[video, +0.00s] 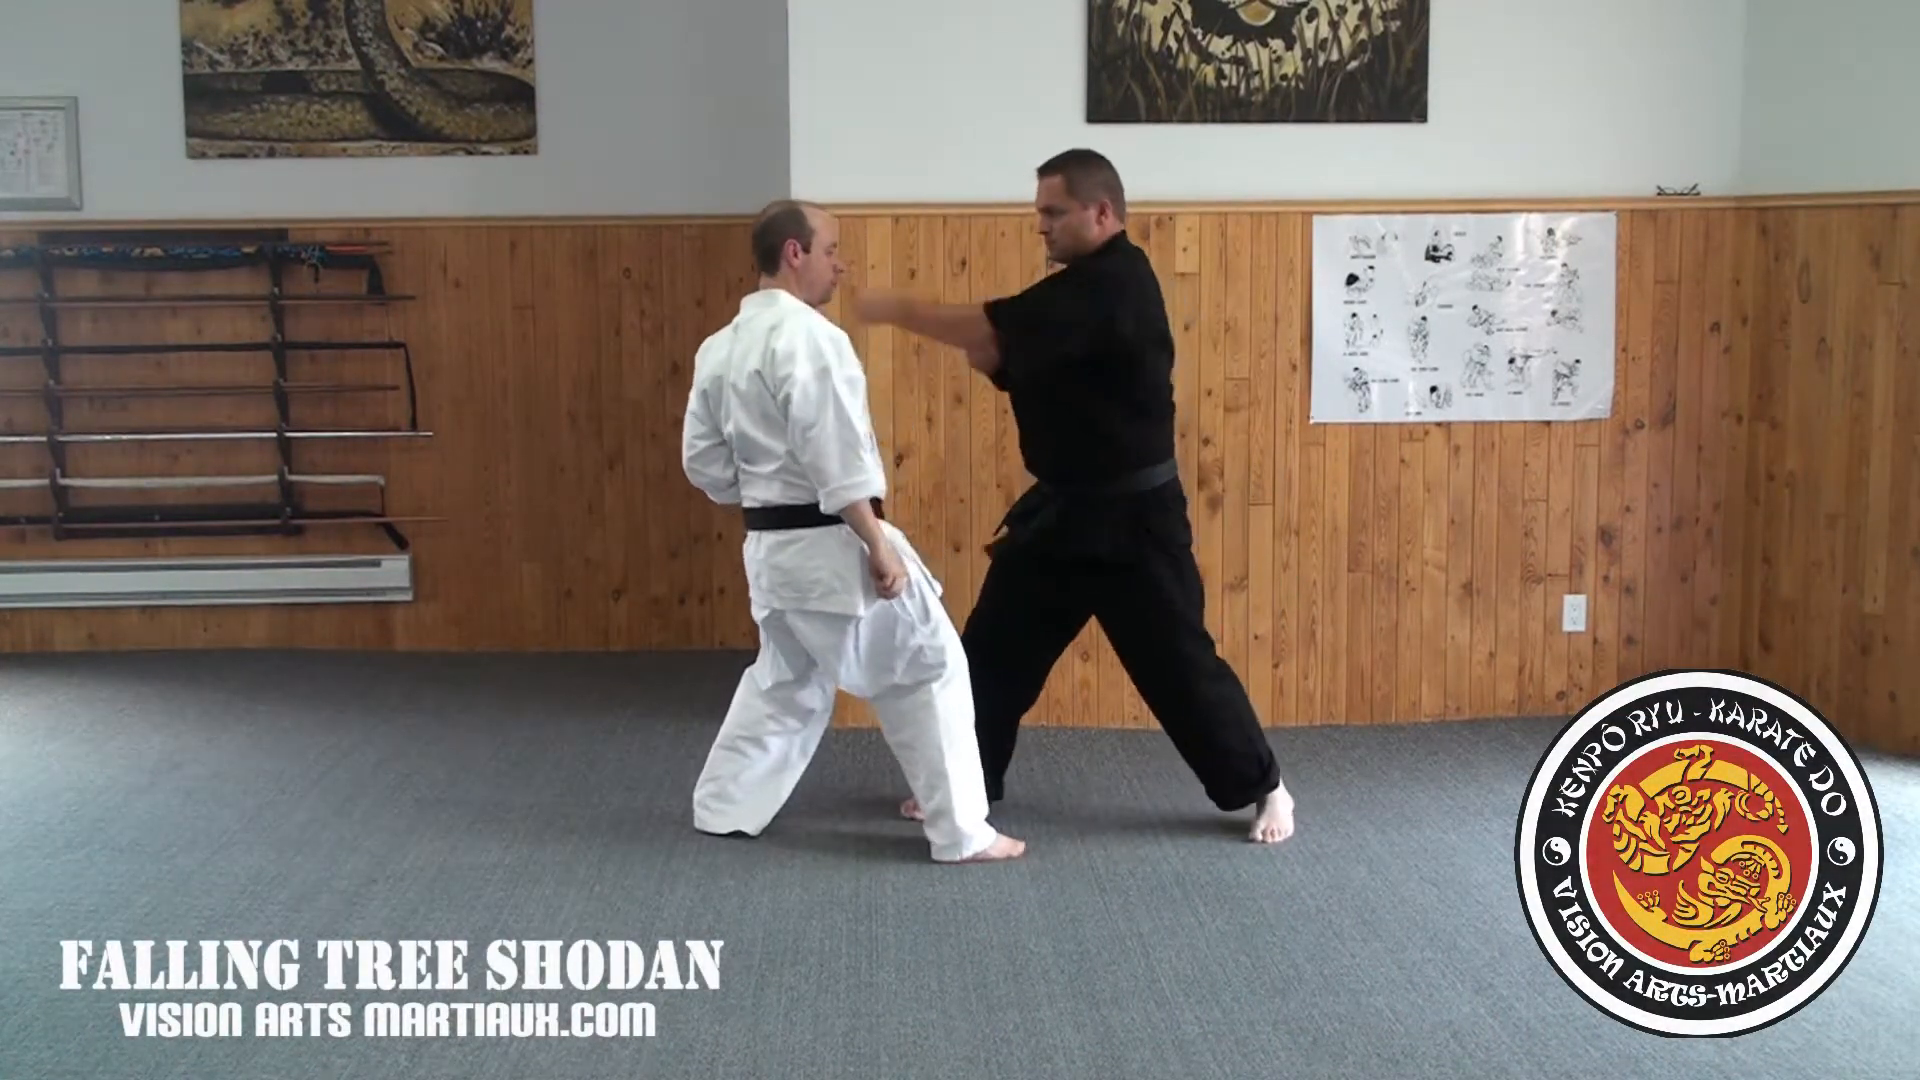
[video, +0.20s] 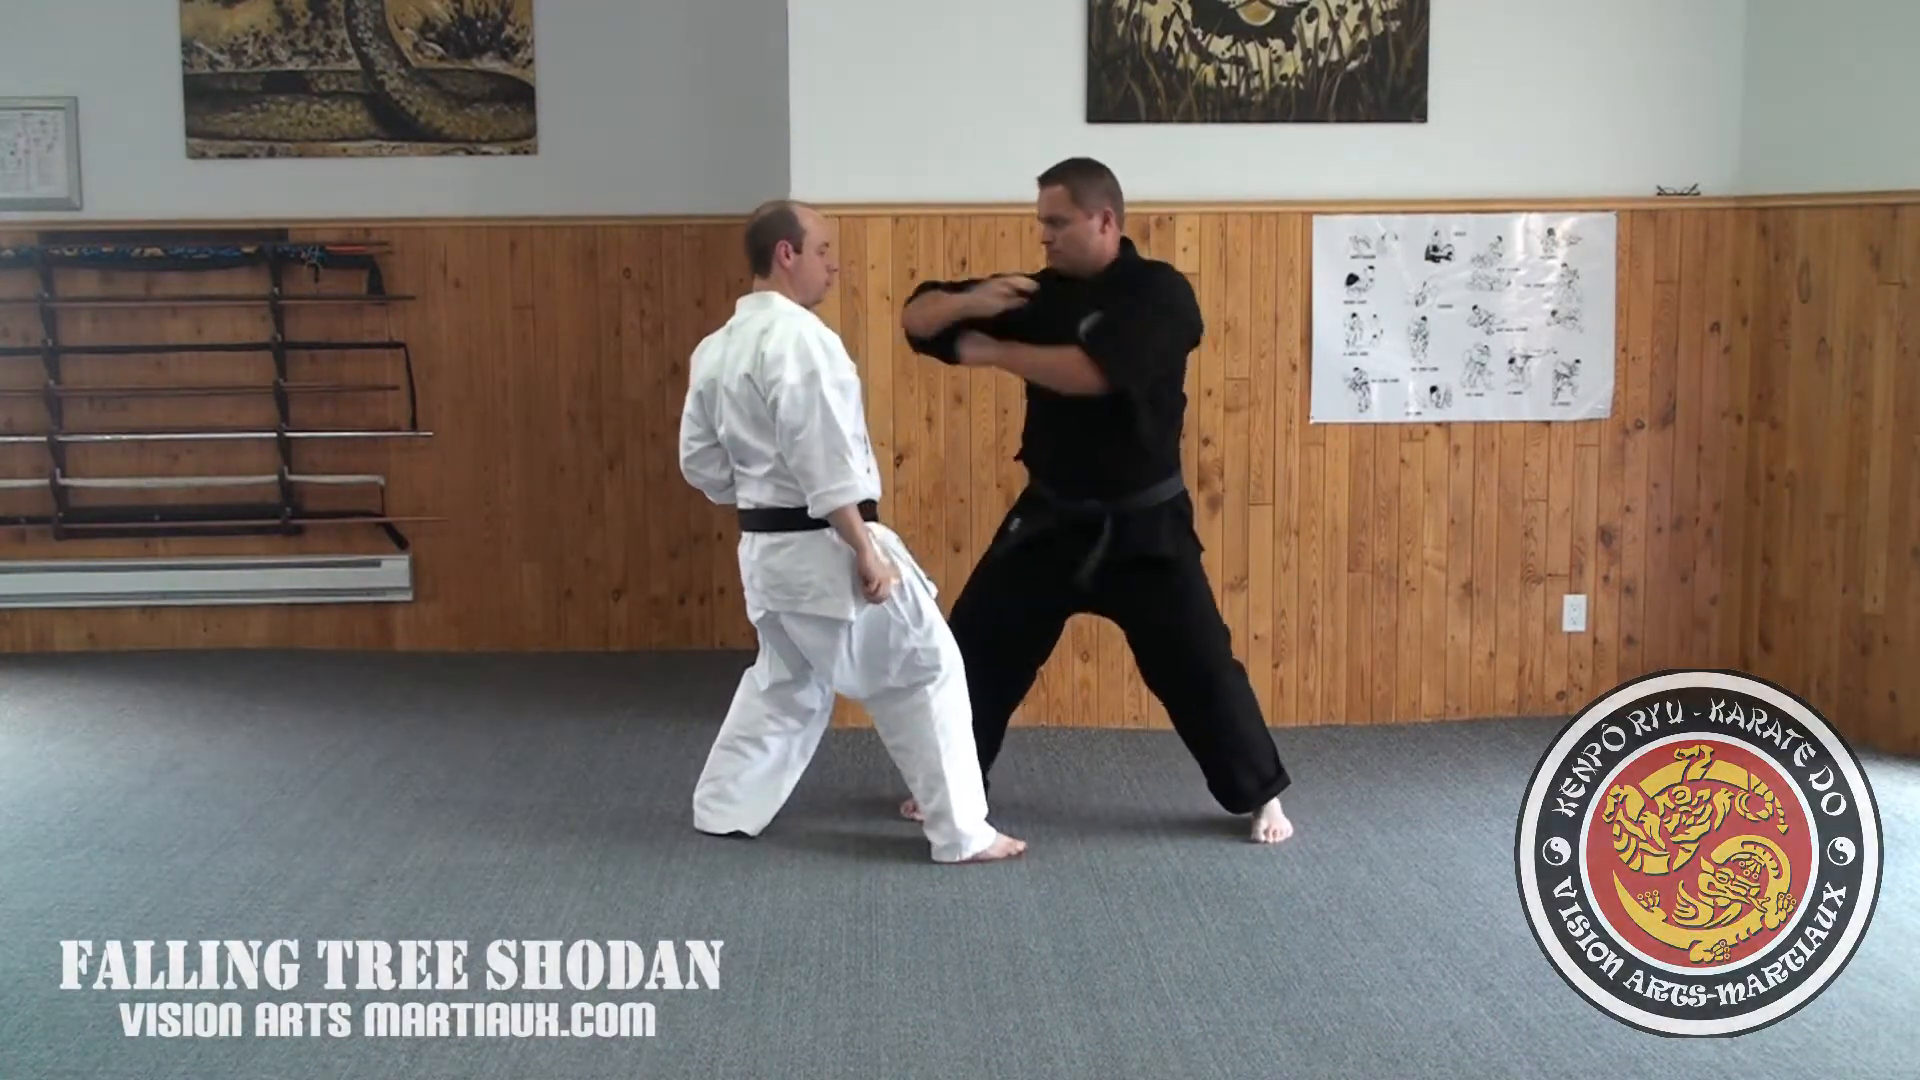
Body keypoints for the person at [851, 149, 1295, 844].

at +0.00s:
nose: (1040, 225)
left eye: (1052, 213)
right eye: (1040, 213)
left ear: (1101, 214)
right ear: (1091, 218)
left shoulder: (1112, 281)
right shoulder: (1079, 283)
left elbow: (994, 324)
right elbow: (1019, 371)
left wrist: (893, 309)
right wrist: (978, 350)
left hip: (1133, 509)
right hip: (1061, 506)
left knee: (1177, 660)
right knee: (993, 651)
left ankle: (1265, 787)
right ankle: (964, 785)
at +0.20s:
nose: (1044, 236)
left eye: (1055, 223)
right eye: (1041, 222)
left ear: (1105, 223)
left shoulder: (1161, 296)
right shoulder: (1035, 297)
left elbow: (1094, 371)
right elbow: (914, 318)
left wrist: (994, 354)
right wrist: (969, 301)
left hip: (1143, 525)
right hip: (1047, 519)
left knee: (1199, 664)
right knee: (975, 651)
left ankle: (1261, 795)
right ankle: (952, 786)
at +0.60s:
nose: (1048, 244)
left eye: (1061, 231)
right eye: (1045, 231)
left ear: (1111, 231)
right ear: (1047, 232)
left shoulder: (1171, 310)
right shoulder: (1033, 307)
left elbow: (1153, 415)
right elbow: (929, 321)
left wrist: (1053, 380)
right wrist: (851, 315)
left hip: (1141, 533)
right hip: (1042, 528)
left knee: (1195, 669)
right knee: (970, 651)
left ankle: (1258, 798)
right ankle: (946, 786)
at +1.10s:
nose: (1045, 218)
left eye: (1057, 205)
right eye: (1043, 206)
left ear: (1107, 202)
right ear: (1057, 209)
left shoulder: (1184, 283)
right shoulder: (1034, 297)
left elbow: (1239, 359)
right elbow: (937, 354)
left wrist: (1149, 307)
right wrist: (849, 348)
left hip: (1157, 512)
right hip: (1059, 513)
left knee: (1200, 659)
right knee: (989, 646)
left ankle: (1259, 800)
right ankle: (962, 782)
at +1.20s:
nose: (1032, 212)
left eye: (1043, 199)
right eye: (1030, 200)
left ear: (1090, 196)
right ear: (1070, 201)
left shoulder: (1160, 272)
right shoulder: (1027, 292)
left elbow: (1219, 302)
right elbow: (926, 354)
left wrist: (1131, 237)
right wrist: (833, 345)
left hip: (1143, 507)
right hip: (1049, 511)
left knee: (1189, 649)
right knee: (984, 639)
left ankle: (1258, 792)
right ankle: (1016, 777)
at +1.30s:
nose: (1015, 214)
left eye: (1025, 200)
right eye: (1013, 202)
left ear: (1074, 199)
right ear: (1051, 205)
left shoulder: (1125, 276)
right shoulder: (1011, 294)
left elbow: (1176, 253)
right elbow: (912, 350)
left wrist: (1106, 182)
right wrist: (824, 345)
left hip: (1118, 507)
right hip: (1030, 511)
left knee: (1172, 643)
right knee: (978, 639)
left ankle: (1259, 784)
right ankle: (1021, 781)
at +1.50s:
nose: (977, 207)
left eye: (987, 193)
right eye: (975, 196)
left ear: (1033, 193)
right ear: (992, 202)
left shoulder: (1072, 262)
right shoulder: (976, 287)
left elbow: (1073, 197)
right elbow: (883, 333)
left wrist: (1037, 130)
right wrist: (792, 333)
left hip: (1063, 491)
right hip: (991, 495)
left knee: (1101, 642)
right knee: (967, 644)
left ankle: (1218, 767)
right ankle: (1017, 784)